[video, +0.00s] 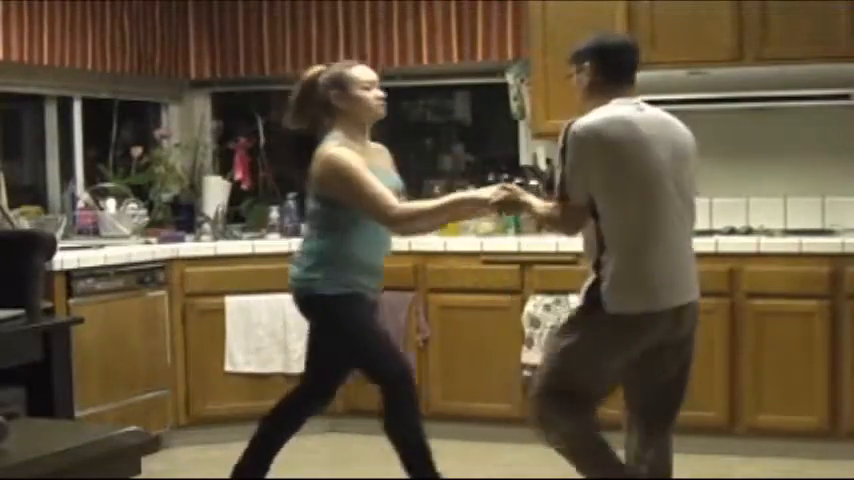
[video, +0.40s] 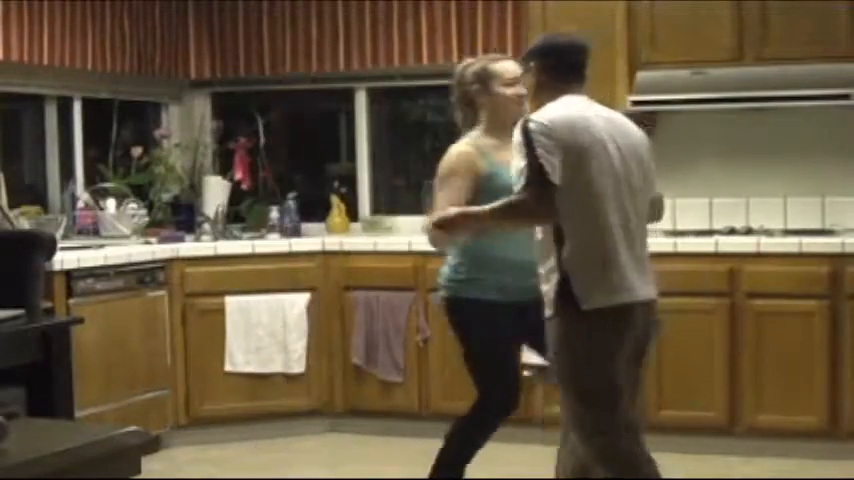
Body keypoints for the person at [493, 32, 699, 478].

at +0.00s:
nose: (574, 84)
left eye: (576, 73)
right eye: (575, 74)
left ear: (590, 74)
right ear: (630, 76)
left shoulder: (586, 131)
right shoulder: (677, 129)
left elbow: (568, 219)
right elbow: (669, 211)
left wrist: (521, 200)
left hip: (621, 305)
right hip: (680, 302)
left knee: (554, 408)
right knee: (651, 433)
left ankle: (615, 473)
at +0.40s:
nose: (524, 86)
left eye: (526, 75)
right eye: (523, 76)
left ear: (541, 74)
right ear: (579, 75)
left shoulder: (542, 124)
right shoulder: (629, 129)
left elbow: (540, 205)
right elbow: (652, 208)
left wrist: (469, 218)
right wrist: (586, 212)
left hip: (589, 308)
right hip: (639, 302)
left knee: (604, 435)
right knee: (589, 433)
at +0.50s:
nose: (512, 89)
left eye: (516, 77)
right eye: (513, 77)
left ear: (532, 75)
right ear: (569, 76)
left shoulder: (526, 128)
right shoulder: (621, 130)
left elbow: (500, 213)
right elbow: (647, 206)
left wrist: (426, 217)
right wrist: (579, 216)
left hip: (568, 308)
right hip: (625, 302)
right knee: (578, 432)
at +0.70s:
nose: (565, 94)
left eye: (575, 83)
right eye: (558, 87)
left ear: (606, 83)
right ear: (552, 95)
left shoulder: (632, 139)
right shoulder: (558, 148)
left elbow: (706, 169)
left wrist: (628, 128)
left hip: (655, 282)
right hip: (595, 285)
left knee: (665, 402)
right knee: (587, 404)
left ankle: (699, 474)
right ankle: (615, 472)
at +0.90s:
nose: (575, 90)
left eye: (581, 80)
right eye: (575, 80)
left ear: (605, 84)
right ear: (611, 86)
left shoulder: (647, 136)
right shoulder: (588, 138)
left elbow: (647, 188)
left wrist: (581, 135)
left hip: (667, 291)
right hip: (613, 300)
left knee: (664, 405)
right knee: (610, 407)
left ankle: (733, 472)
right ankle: (674, 476)